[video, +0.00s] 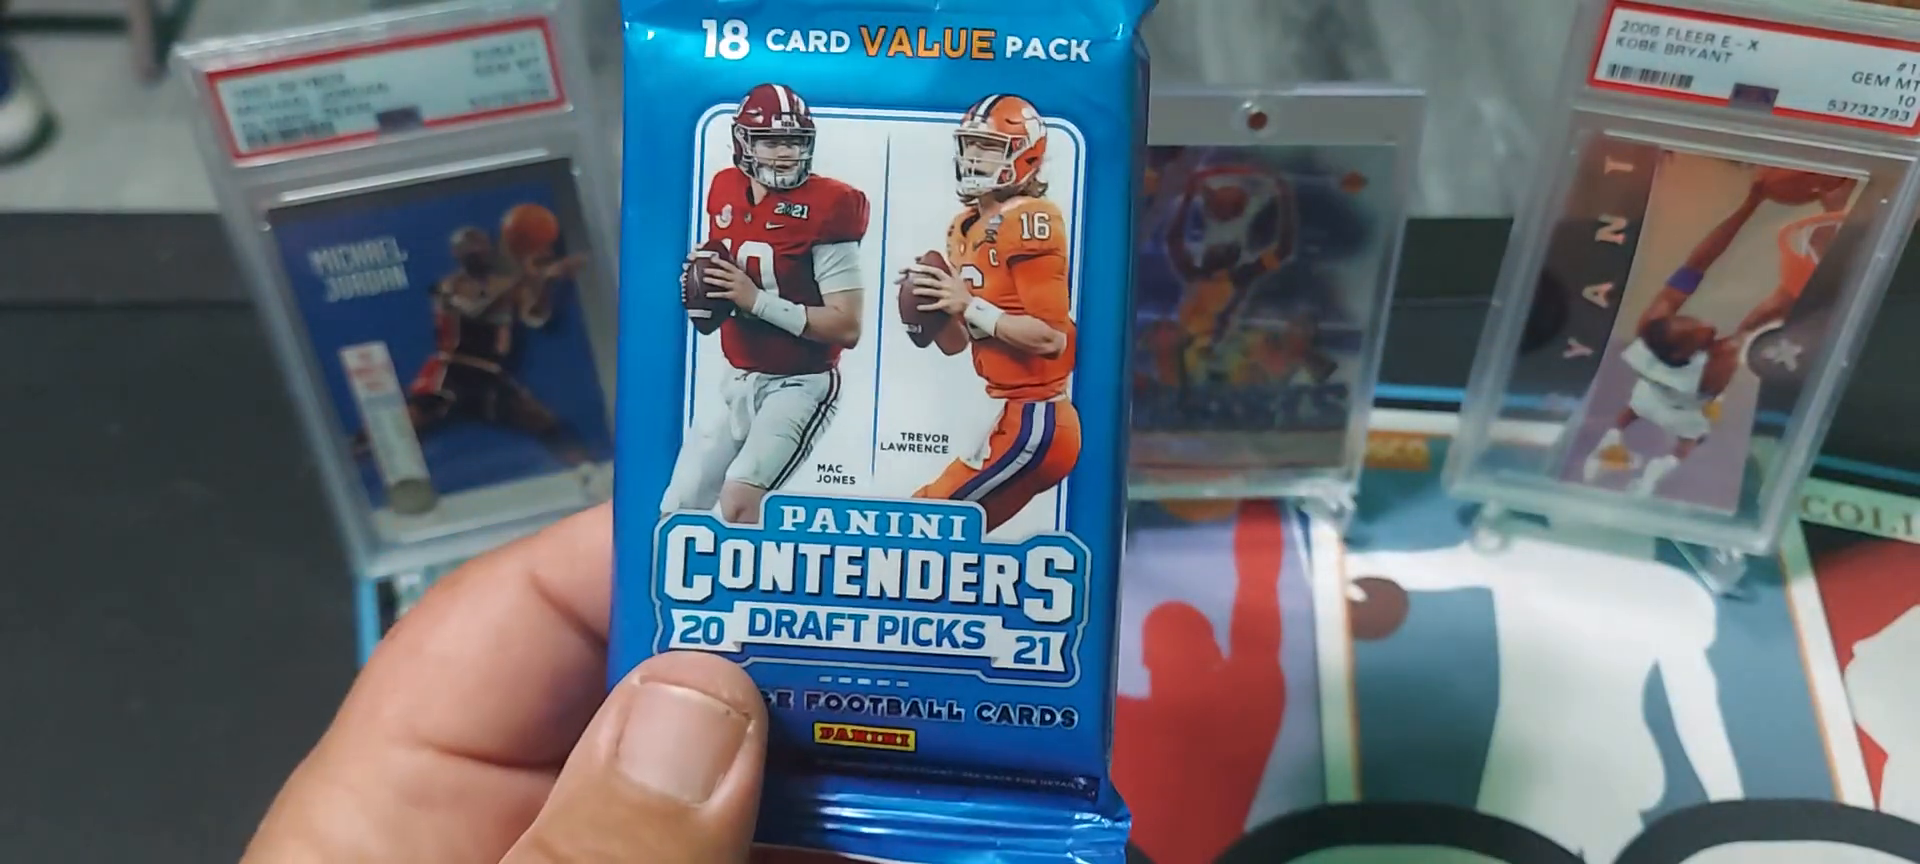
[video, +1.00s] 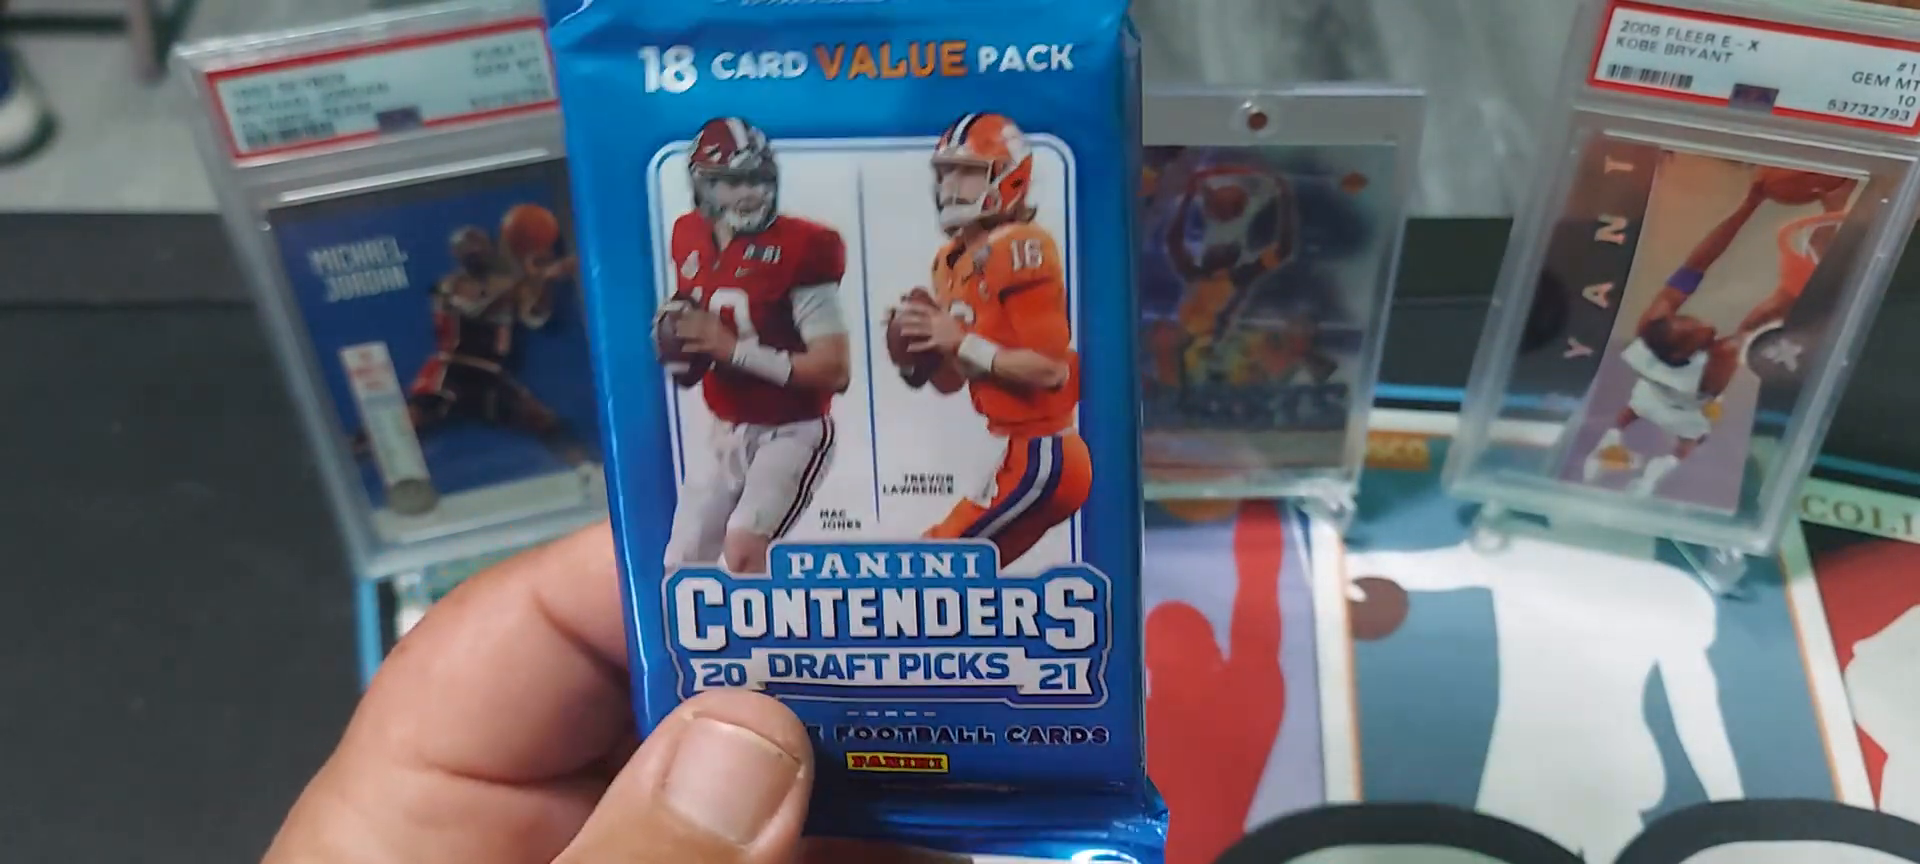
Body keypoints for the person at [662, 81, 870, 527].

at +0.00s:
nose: (785, 153)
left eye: (794, 141)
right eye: (771, 142)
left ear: (808, 144)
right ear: (744, 144)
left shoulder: (830, 205)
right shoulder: (725, 188)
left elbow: (848, 327)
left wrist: (756, 300)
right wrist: (701, 281)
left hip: (802, 383)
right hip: (737, 380)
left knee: (740, 500)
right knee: (679, 507)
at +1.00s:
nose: (745, 194)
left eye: (755, 180)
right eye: (731, 182)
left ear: (771, 181)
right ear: (703, 186)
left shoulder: (806, 246)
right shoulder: (689, 234)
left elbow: (833, 371)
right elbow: (685, 315)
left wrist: (732, 347)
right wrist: (674, 336)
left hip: (794, 432)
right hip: (723, 430)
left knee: (744, 547)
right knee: (681, 564)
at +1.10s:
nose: (714, 214)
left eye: (723, 201)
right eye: (699, 204)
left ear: (738, 204)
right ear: (670, 211)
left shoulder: (774, 266)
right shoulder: (658, 259)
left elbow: (811, 386)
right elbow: (667, 390)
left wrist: (709, 366)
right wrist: (647, 357)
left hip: (774, 445)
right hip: (707, 448)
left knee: (729, 559)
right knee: (670, 578)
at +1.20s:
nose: (728, 178)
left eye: (737, 165)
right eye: (713, 168)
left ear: (753, 166)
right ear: (687, 173)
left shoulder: (784, 228)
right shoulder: (675, 220)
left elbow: (816, 347)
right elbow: (678, 296)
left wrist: (720, 328)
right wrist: (660, 313)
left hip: (779, 409)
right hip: (712, 411)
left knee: (731, 528)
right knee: (669, 546)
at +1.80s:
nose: (759, 214)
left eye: (769, 202)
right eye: (745, 202)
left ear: (784, 203)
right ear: (716, 204)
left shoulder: (815, 266)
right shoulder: (700, 253)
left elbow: (841, 390)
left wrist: (742, 365)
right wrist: (682, 349)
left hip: (800, 450)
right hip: (729, 448)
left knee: (745, 571)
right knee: (686, 581)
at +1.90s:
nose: (728, 246)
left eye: (736, 233)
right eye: (713, 236)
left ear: (751, 235)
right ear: (684, 242)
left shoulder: (788, 298)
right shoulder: (671, 287)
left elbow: (819, 420)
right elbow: (676, 419)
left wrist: (719, 396)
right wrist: (657, 384)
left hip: (782, 476)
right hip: (711, 474)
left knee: (735, 585)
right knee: (675, 601)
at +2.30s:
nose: (745, 293)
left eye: (753, 281)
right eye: (731, 283)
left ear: (768, 283)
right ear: (702, 290)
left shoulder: (803, 344)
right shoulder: (689, 335)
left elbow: (839, 463)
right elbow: (696, 463)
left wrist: (739, 442)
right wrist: (677, 423)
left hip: (801, 517)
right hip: (733, 517)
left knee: (757, 621)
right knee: (699, 638)